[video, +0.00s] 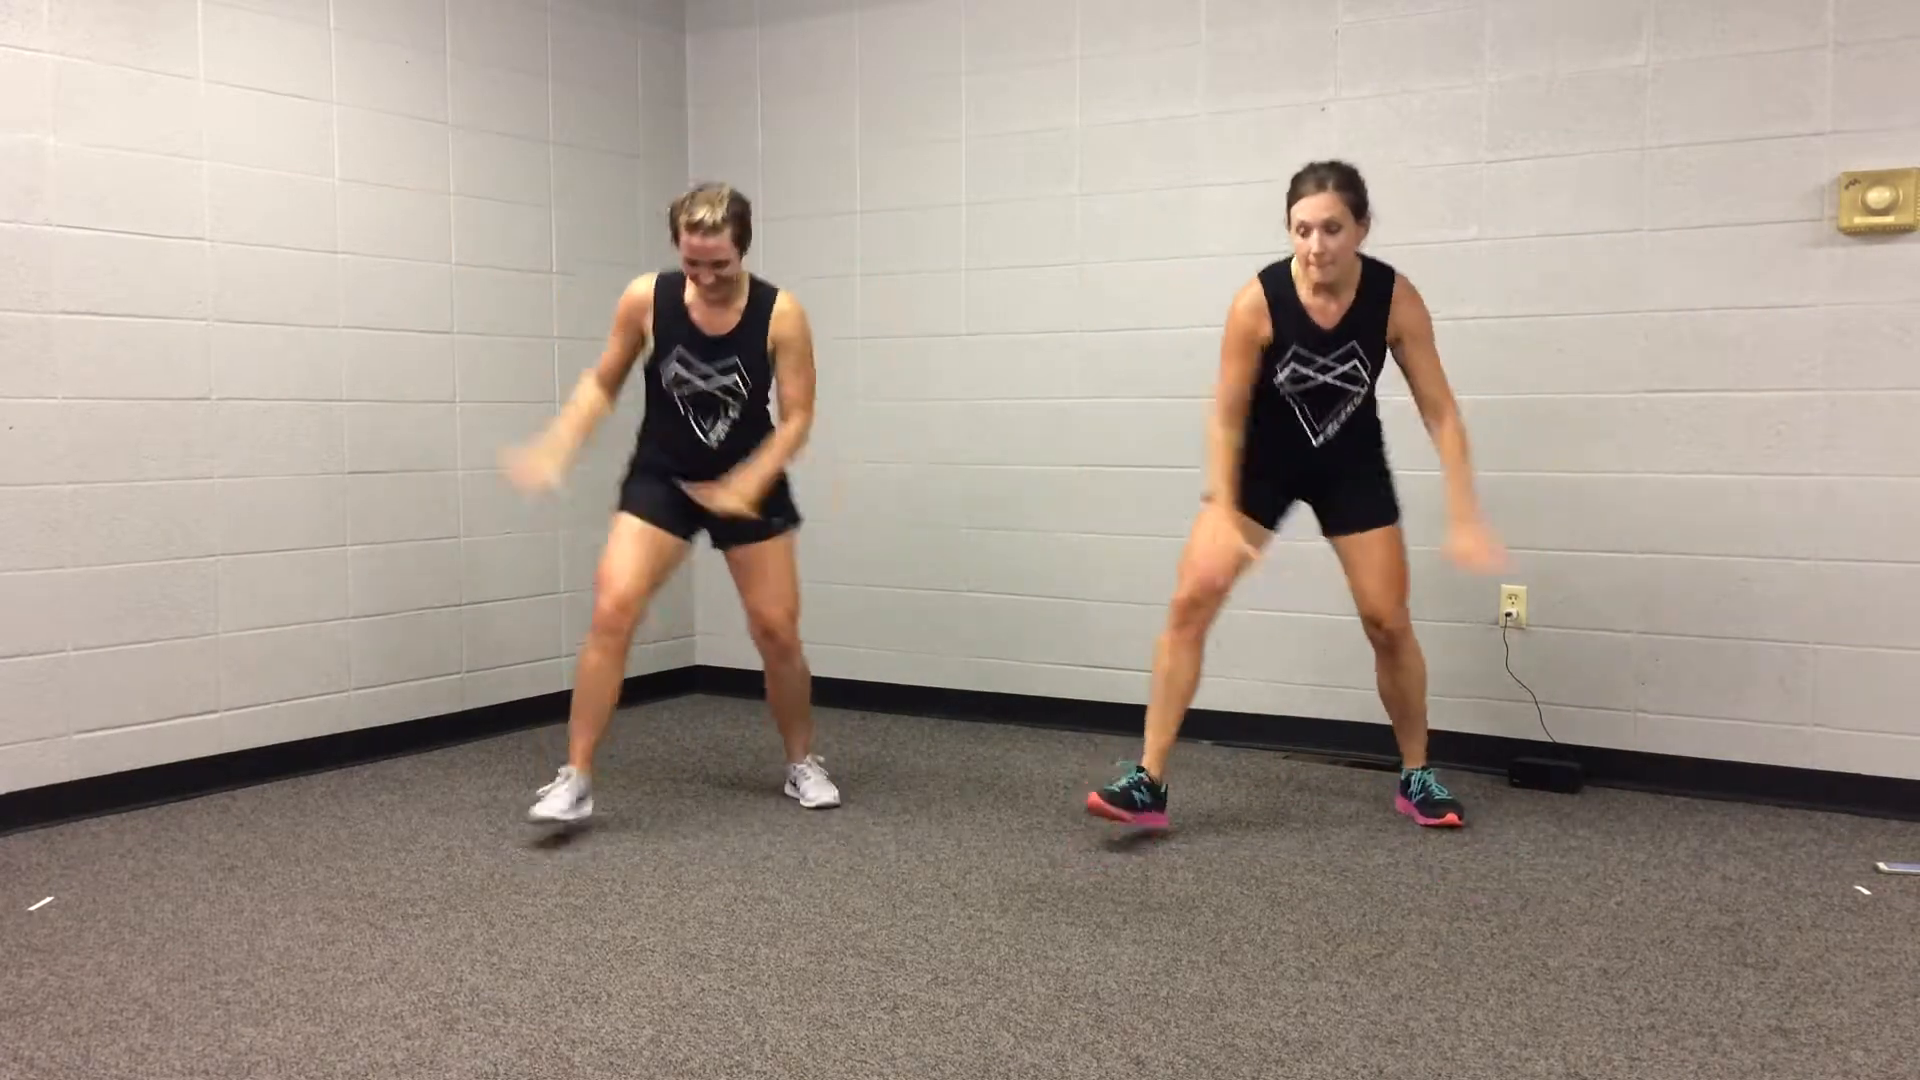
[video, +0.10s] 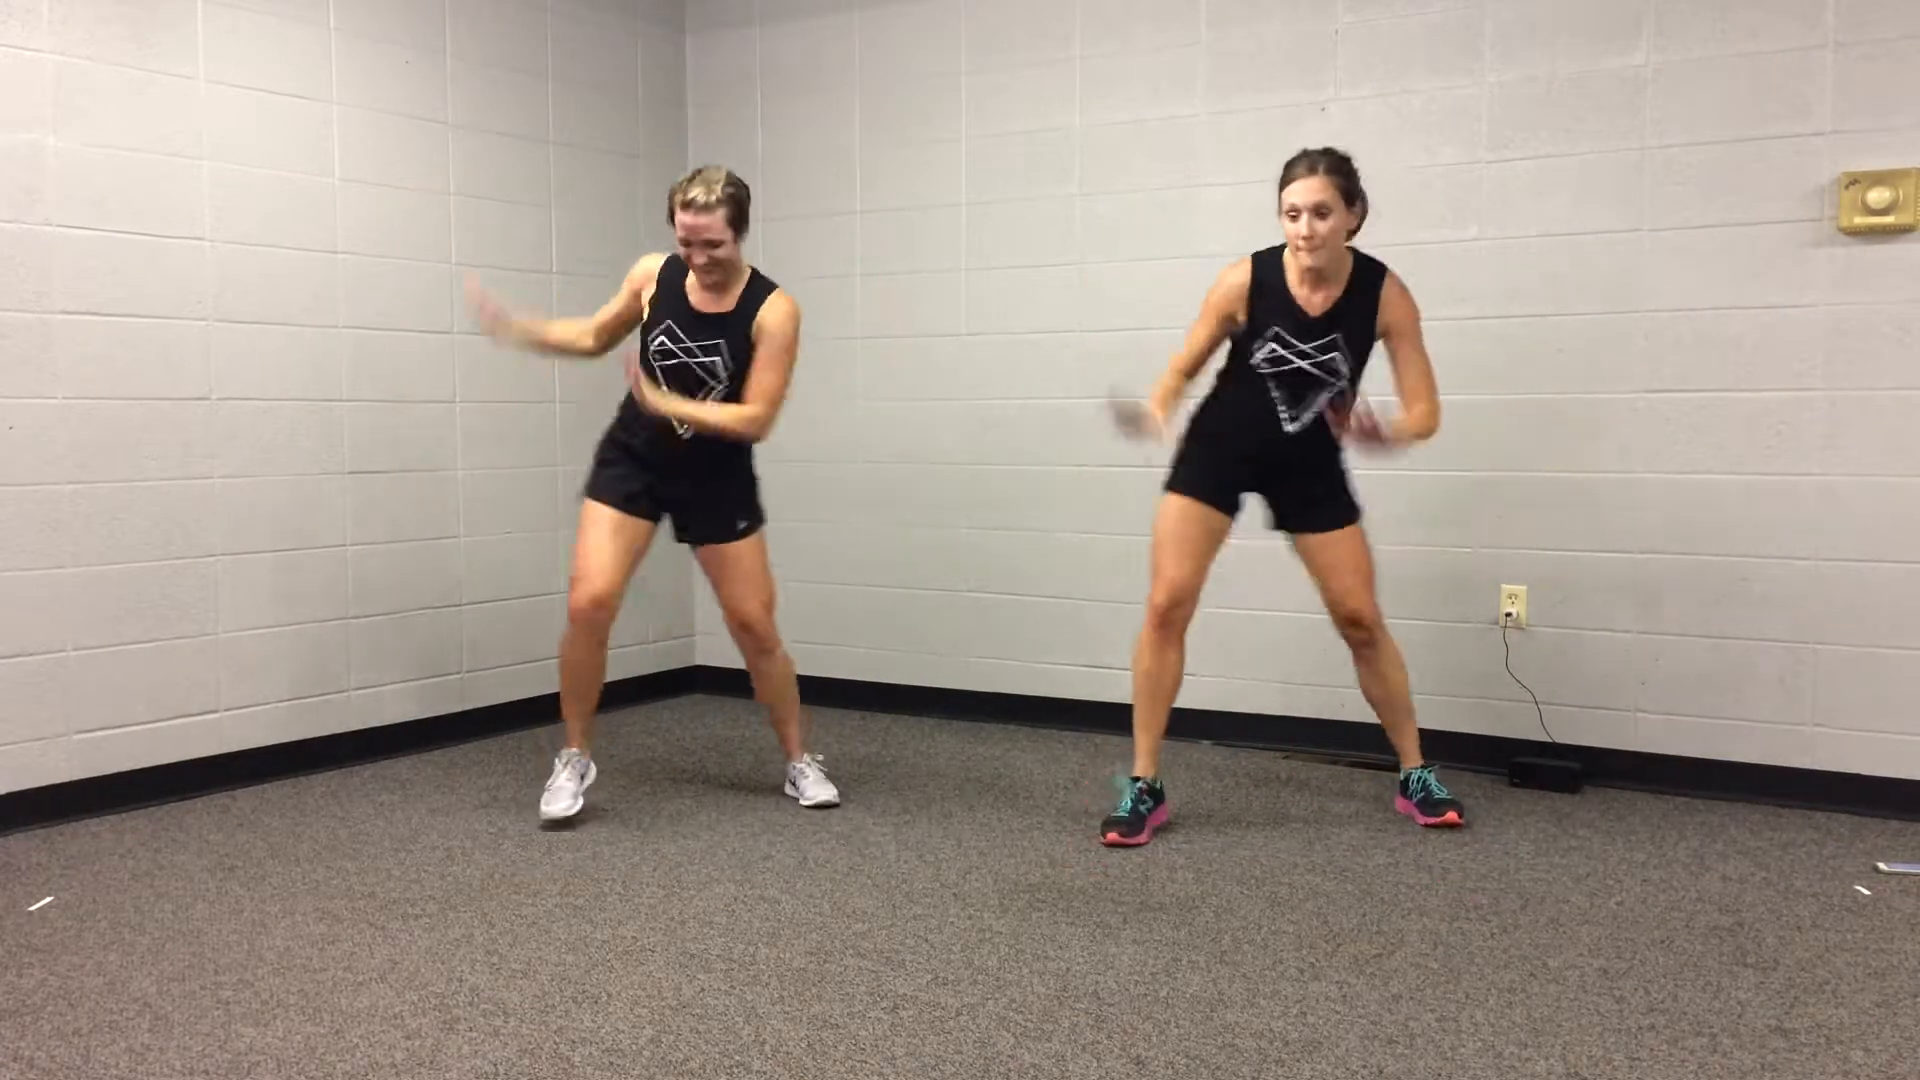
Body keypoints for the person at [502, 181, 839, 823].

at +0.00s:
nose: (703, 277)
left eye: (717, 265)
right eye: (692, 264)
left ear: (744, 250)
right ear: (677, 250)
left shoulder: (780, 316)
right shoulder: (647, 300)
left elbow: (798, 416)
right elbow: (603, 383)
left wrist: (747, 482)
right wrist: (555, 449)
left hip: (749, 479)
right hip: (663, 476)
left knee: (777, 628)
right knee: (612, 610)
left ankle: (803, 762)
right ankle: (576, 776)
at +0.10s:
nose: (699, 255)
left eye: (712, 243)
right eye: (689, 242)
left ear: (741, 232)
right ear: (676, 232)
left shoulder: (773, 310)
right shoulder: (655, 275)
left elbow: (756, 420)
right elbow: (593, 335)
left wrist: (663, 401)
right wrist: (515, 327)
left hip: (717, 471)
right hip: (635, 457)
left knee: (755, 625)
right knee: (588, 602)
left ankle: (799, 761)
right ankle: (574, 757)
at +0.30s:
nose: (675, 268)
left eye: (690, 257)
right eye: (665, 257)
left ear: (725, 264)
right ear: (656, 261)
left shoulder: (745, 361)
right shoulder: (635, 316)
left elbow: (703, 466)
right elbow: (572, 384)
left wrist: (638, 398)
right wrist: (533, 319)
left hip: (665, 516)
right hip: (582, 494)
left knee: (727, 662)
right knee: (558, 640)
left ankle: (795, 763)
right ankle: (566, 776)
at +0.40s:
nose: (661, 254)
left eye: (677, 243)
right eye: (651, 242)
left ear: (705, 254)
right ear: (639, 250)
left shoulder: (731, 349)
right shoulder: (602, 327)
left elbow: (737, 455)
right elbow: (556, 415)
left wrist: (680, 503)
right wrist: (487, 462)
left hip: (669, 516)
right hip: (582, 505)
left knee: (734, 660)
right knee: (561, 650)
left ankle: (799, 756)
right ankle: (567, 776)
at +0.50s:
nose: (650, 223)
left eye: (666, 215)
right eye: (640, 212)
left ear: (687, 231)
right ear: (623, 225)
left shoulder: (718, 313)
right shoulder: (582, 313)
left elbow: (762, 400)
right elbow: (558, 413)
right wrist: (575, 486)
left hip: (688, 499)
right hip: (599, 500)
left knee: (760, 623)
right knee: (581, 653)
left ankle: (804, 742)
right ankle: (570, 776)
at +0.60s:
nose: (649, 200)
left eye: (663, 192)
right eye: (637, 189)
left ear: (683, 210)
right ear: (618, 203)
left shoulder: (712, 285)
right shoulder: (584, 297)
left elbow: (777, 353)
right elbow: (580, 400)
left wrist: (859, 343)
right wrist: (671, 400)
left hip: (713, 475)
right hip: (627, 486)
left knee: (784, 606)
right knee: (601, 645)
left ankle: (825, 763)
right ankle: (570, 773)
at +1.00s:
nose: (705, 200)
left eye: (719, 192)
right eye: (692, 195)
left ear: (745, 218)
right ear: (677, 224)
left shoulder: (786, 302)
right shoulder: (649, 314)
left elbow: (828, 396)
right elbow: (619, 412)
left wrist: (823, 439)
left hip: (785, 497)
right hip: (693, 504)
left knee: (822, 642)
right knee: (608, 647)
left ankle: (849, 799)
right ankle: (561, 754)